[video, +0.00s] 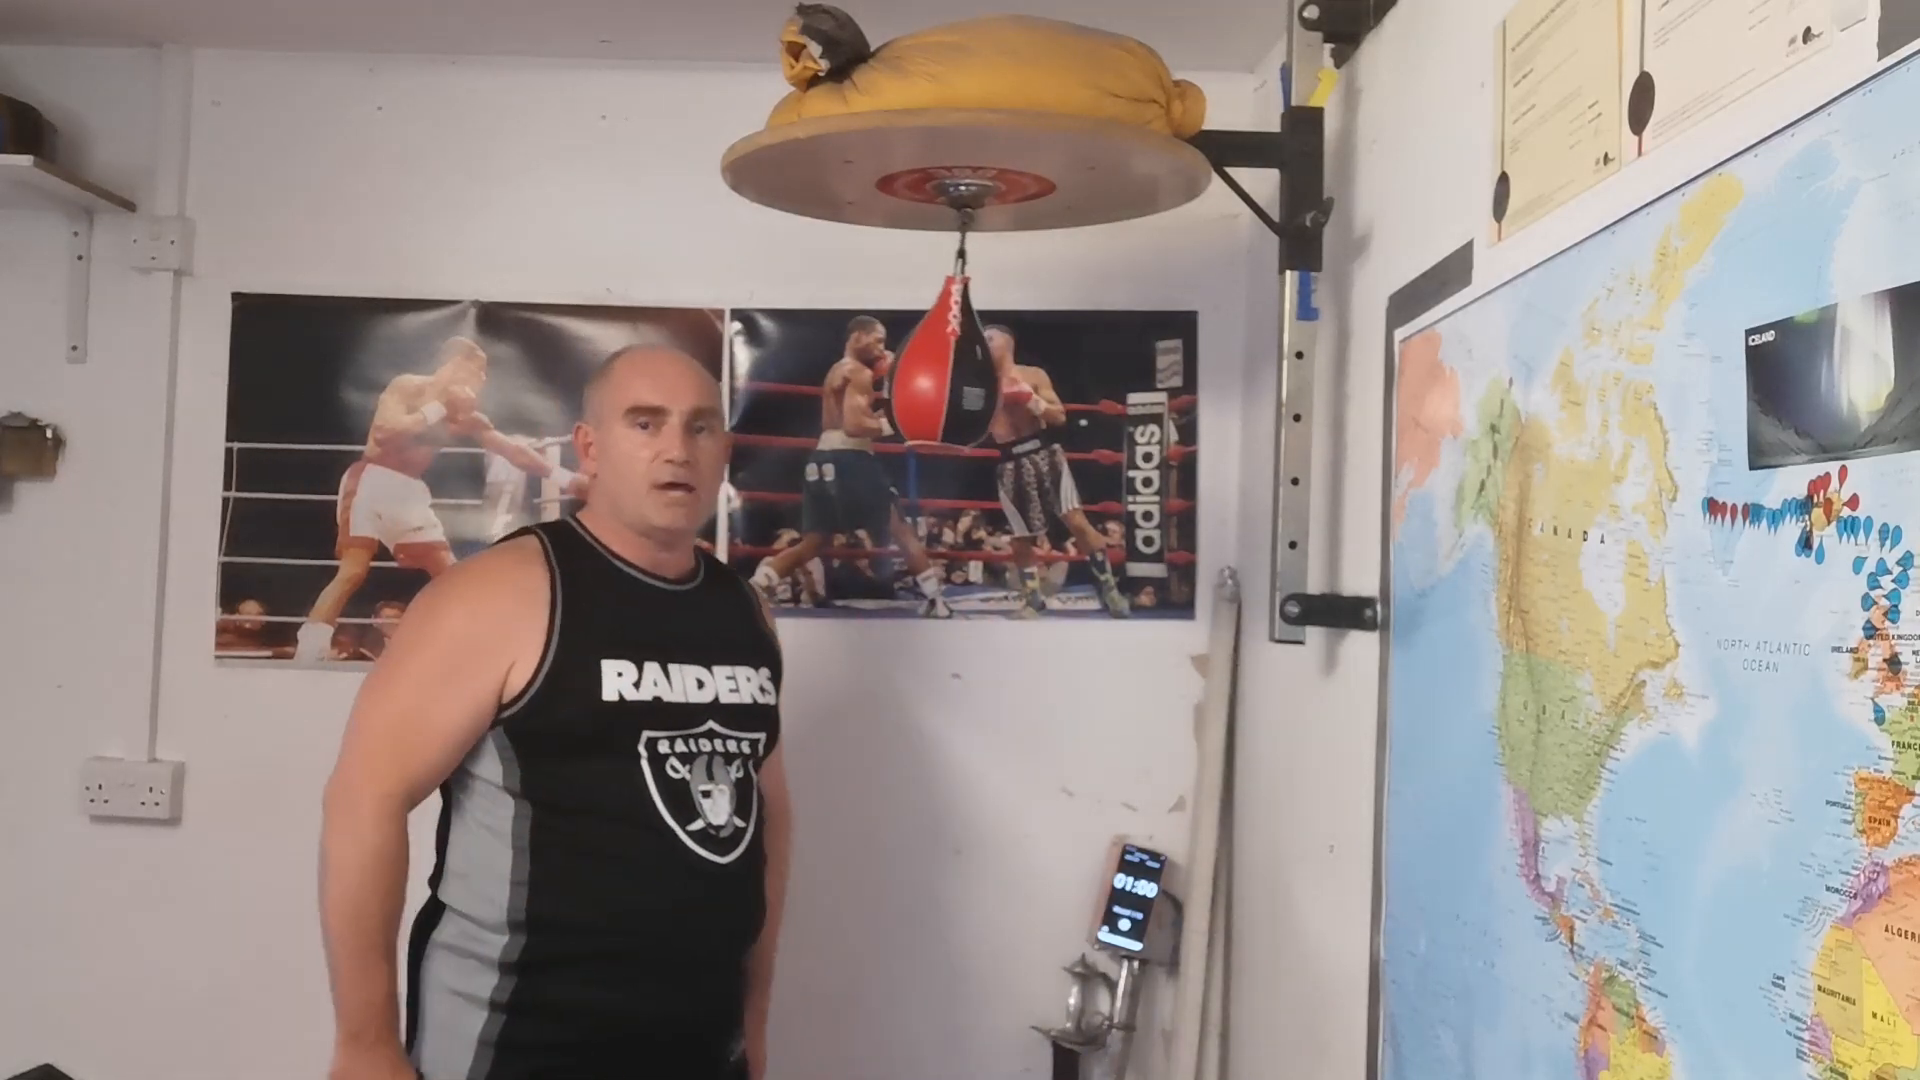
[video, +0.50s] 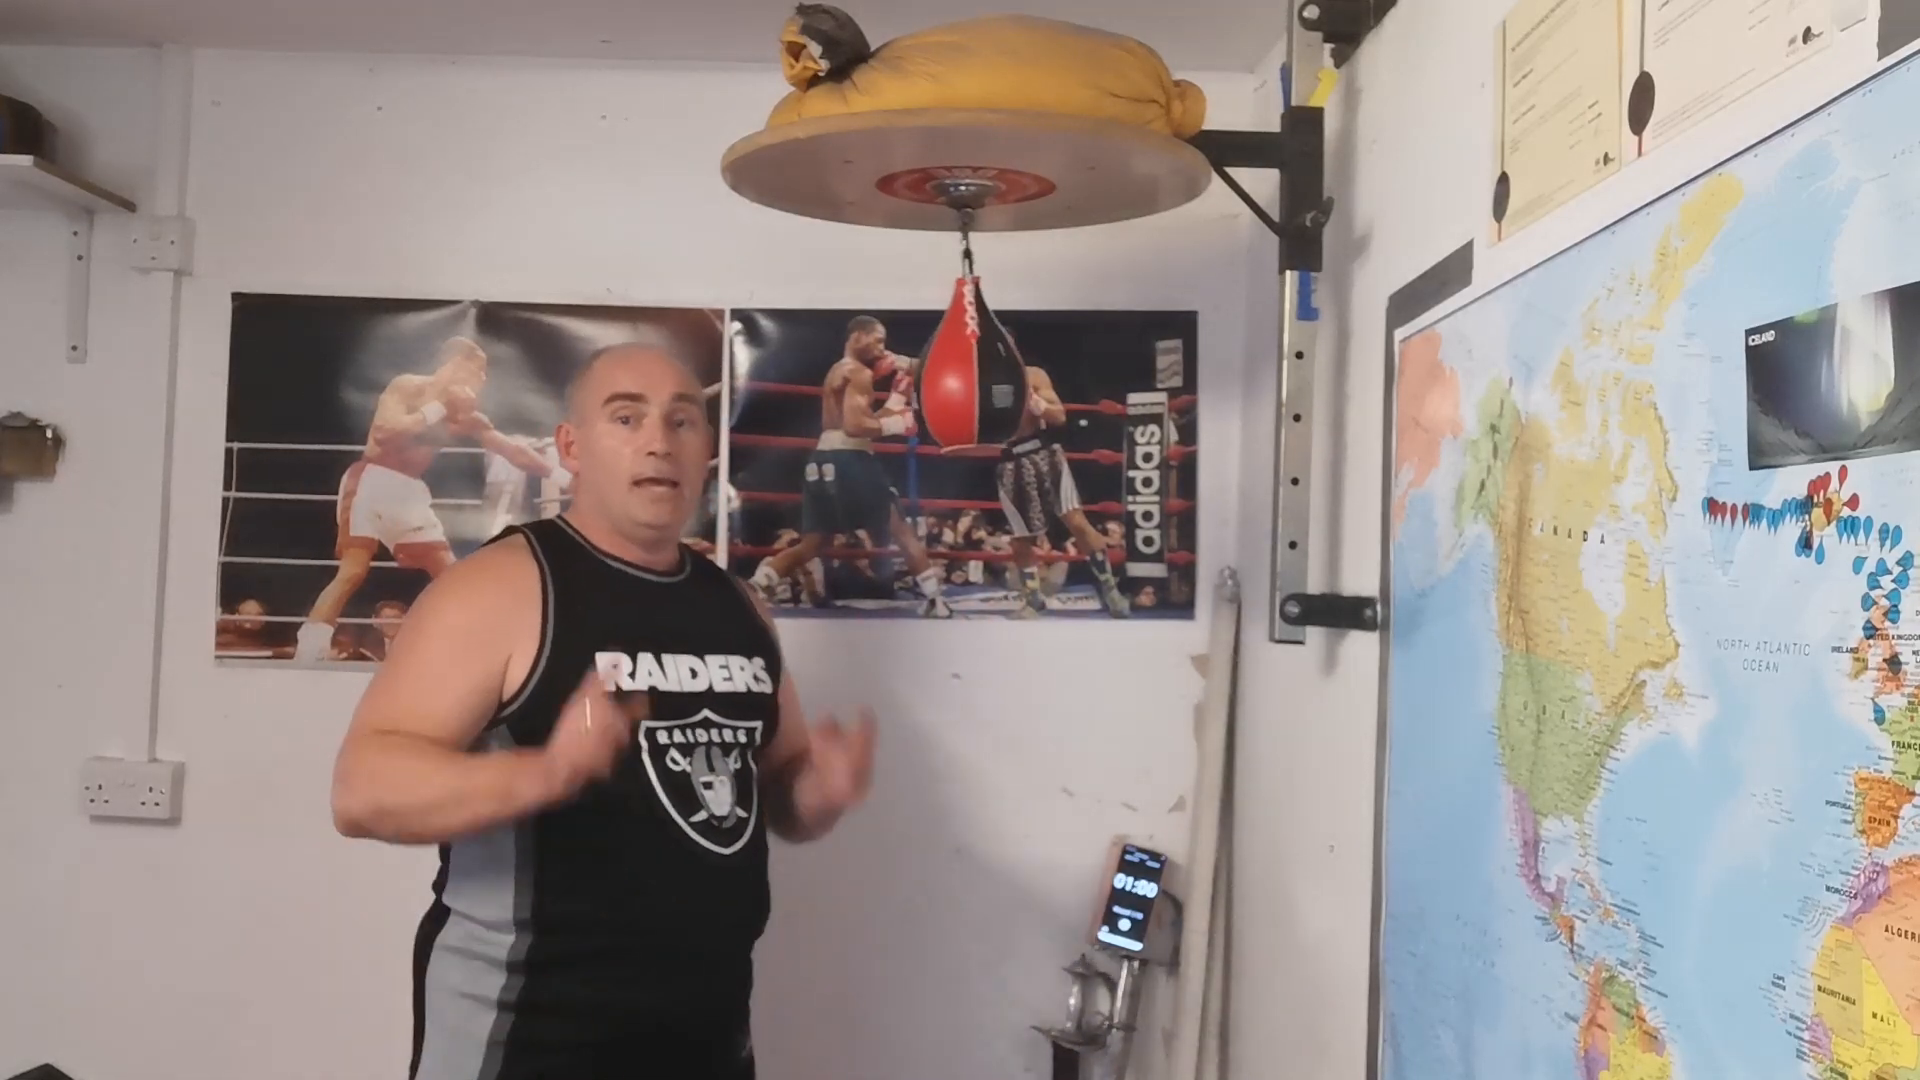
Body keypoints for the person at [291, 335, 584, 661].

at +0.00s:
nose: (476, 386)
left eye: (480, 379)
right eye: (473, 375)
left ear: (476, 382)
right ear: (451, 366)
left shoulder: (464, 415)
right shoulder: (405, 386)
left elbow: (511, 450)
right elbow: (384, 431)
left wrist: (564, 478)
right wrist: (434, 411)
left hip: (409, 493)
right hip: (369, 484)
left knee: (448, 573)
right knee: (353, 571)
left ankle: (464, 652)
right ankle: (307, 652)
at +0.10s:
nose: (477, 385)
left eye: (480, 378)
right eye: (473, 375)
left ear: (477, 382)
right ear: (451, 366)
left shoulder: (464, 415)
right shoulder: (405, 386)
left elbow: (511, 450)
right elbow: (384, 432)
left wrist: (564, 478)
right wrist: (435, 411)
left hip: (409, 493)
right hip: (369, 484)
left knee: (448, 572)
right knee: (353, 571)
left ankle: (464, 651)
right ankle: (307, 650)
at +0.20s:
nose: (478, 382)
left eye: (481, 375)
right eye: (474, 372)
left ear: (476, 378)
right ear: (452, 364)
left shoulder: (464, 413)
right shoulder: (404, 386)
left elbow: (512, 451)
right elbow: (382, 433)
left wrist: (563, 477)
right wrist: (433, 413)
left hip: (409, 492)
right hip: (370, 483)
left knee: (449, 573)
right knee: (353, 570)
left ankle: (466, 652)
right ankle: (307, 652)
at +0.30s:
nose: (474, 382)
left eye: (479, 376)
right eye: (470, 372)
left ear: (480, 380)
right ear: (450, 366)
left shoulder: (464, 412)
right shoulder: (406, 386)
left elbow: (510, 450)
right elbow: (383, 433)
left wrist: (559, 476)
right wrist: (436, 412)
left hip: (409, 493)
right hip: (371, 483)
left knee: (449, 574)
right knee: (353, 571)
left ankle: (467, 656)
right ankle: (307, 651)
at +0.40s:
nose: (480, 381)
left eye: (482, 375)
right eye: (475, 371)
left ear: (476, 378)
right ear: (453, 364)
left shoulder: (464, 411)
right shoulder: (406, 386)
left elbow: (509, 449)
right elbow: (382, 433)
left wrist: (558, 475)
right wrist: (433, 414)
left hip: (410, 492)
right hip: (371, 482)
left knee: (449, 573)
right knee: (352, 572)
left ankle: (461, 655)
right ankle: (307, 650)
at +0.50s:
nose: (480, 381)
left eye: (483, 374)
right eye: (475, 370)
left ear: (474, 378)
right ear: (452, 364)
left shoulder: (464, 409)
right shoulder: (406, 386)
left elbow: (507, 448)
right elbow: (384, 432)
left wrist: (555, 473)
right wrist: (436, 411)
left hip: (409, 493)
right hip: (369, 483)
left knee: (449, 573)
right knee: (352, 572)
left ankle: (466, 651)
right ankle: (308, 649)